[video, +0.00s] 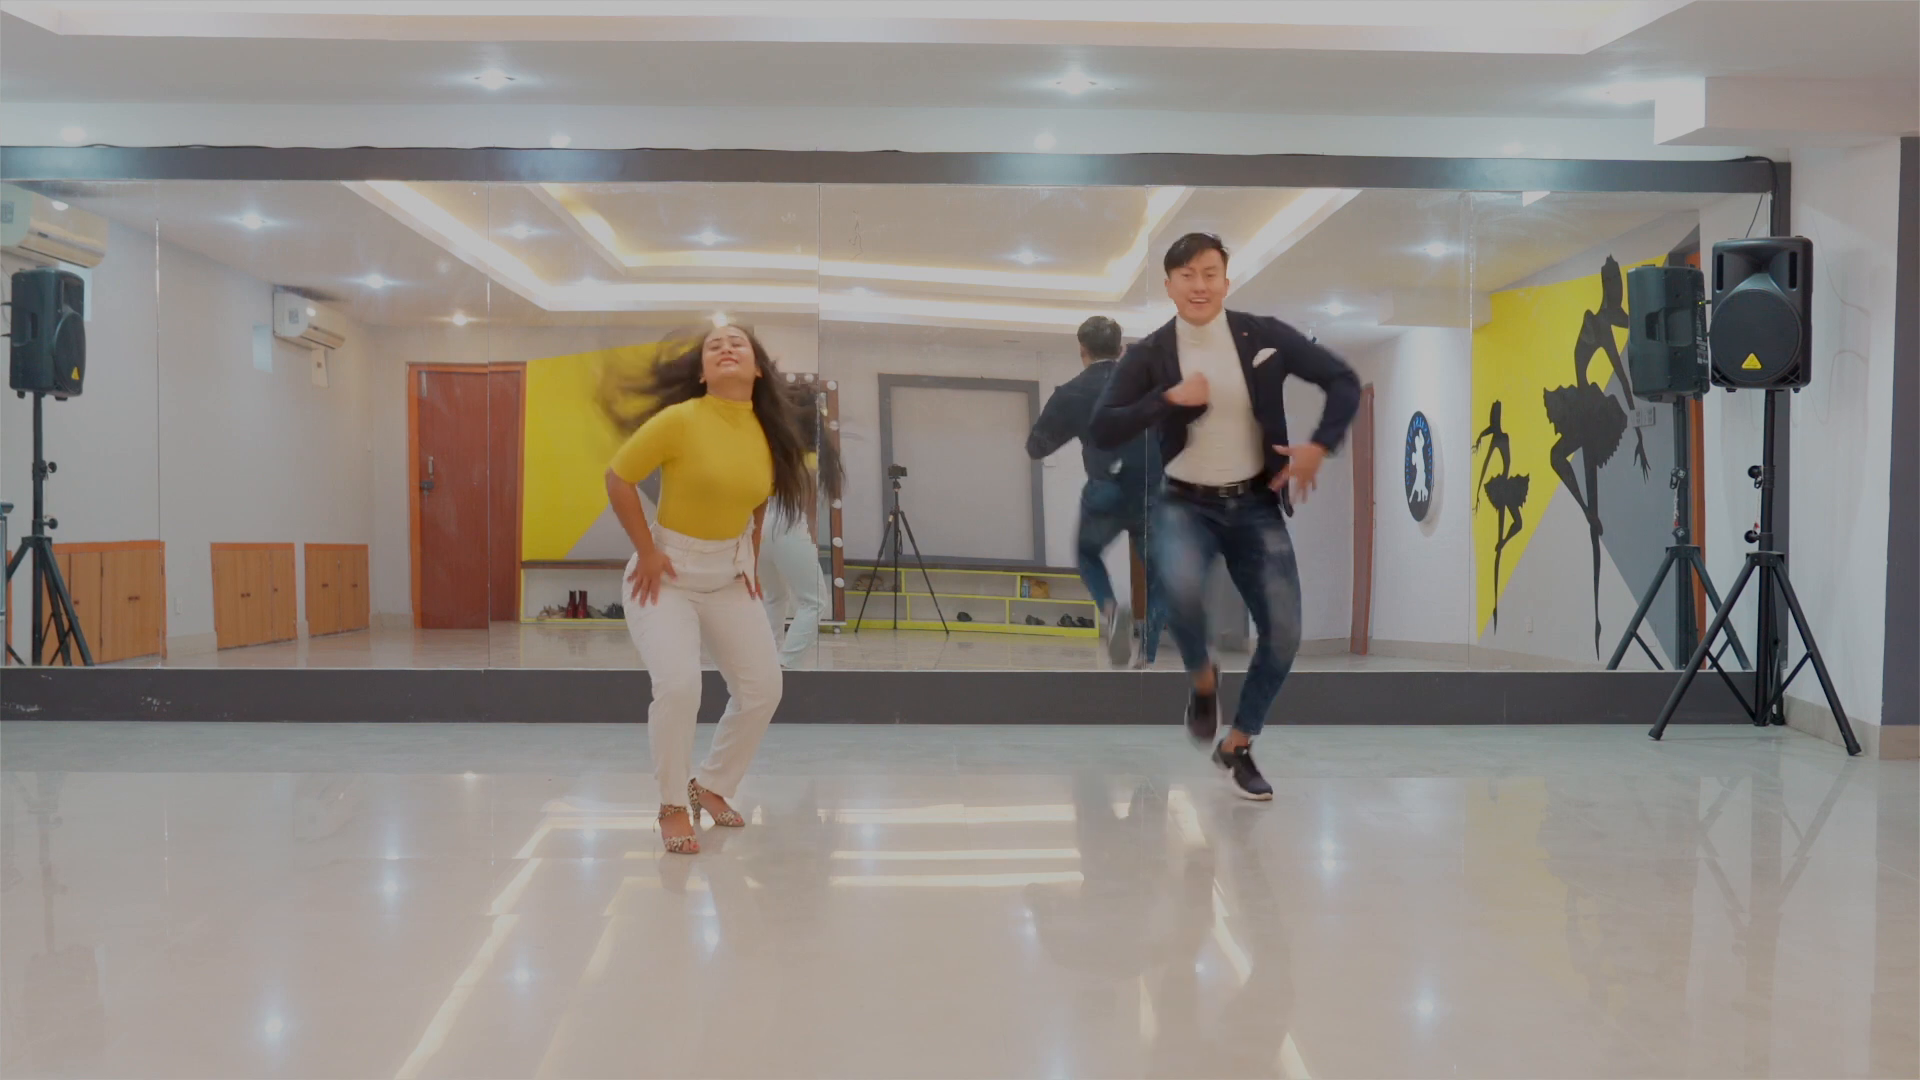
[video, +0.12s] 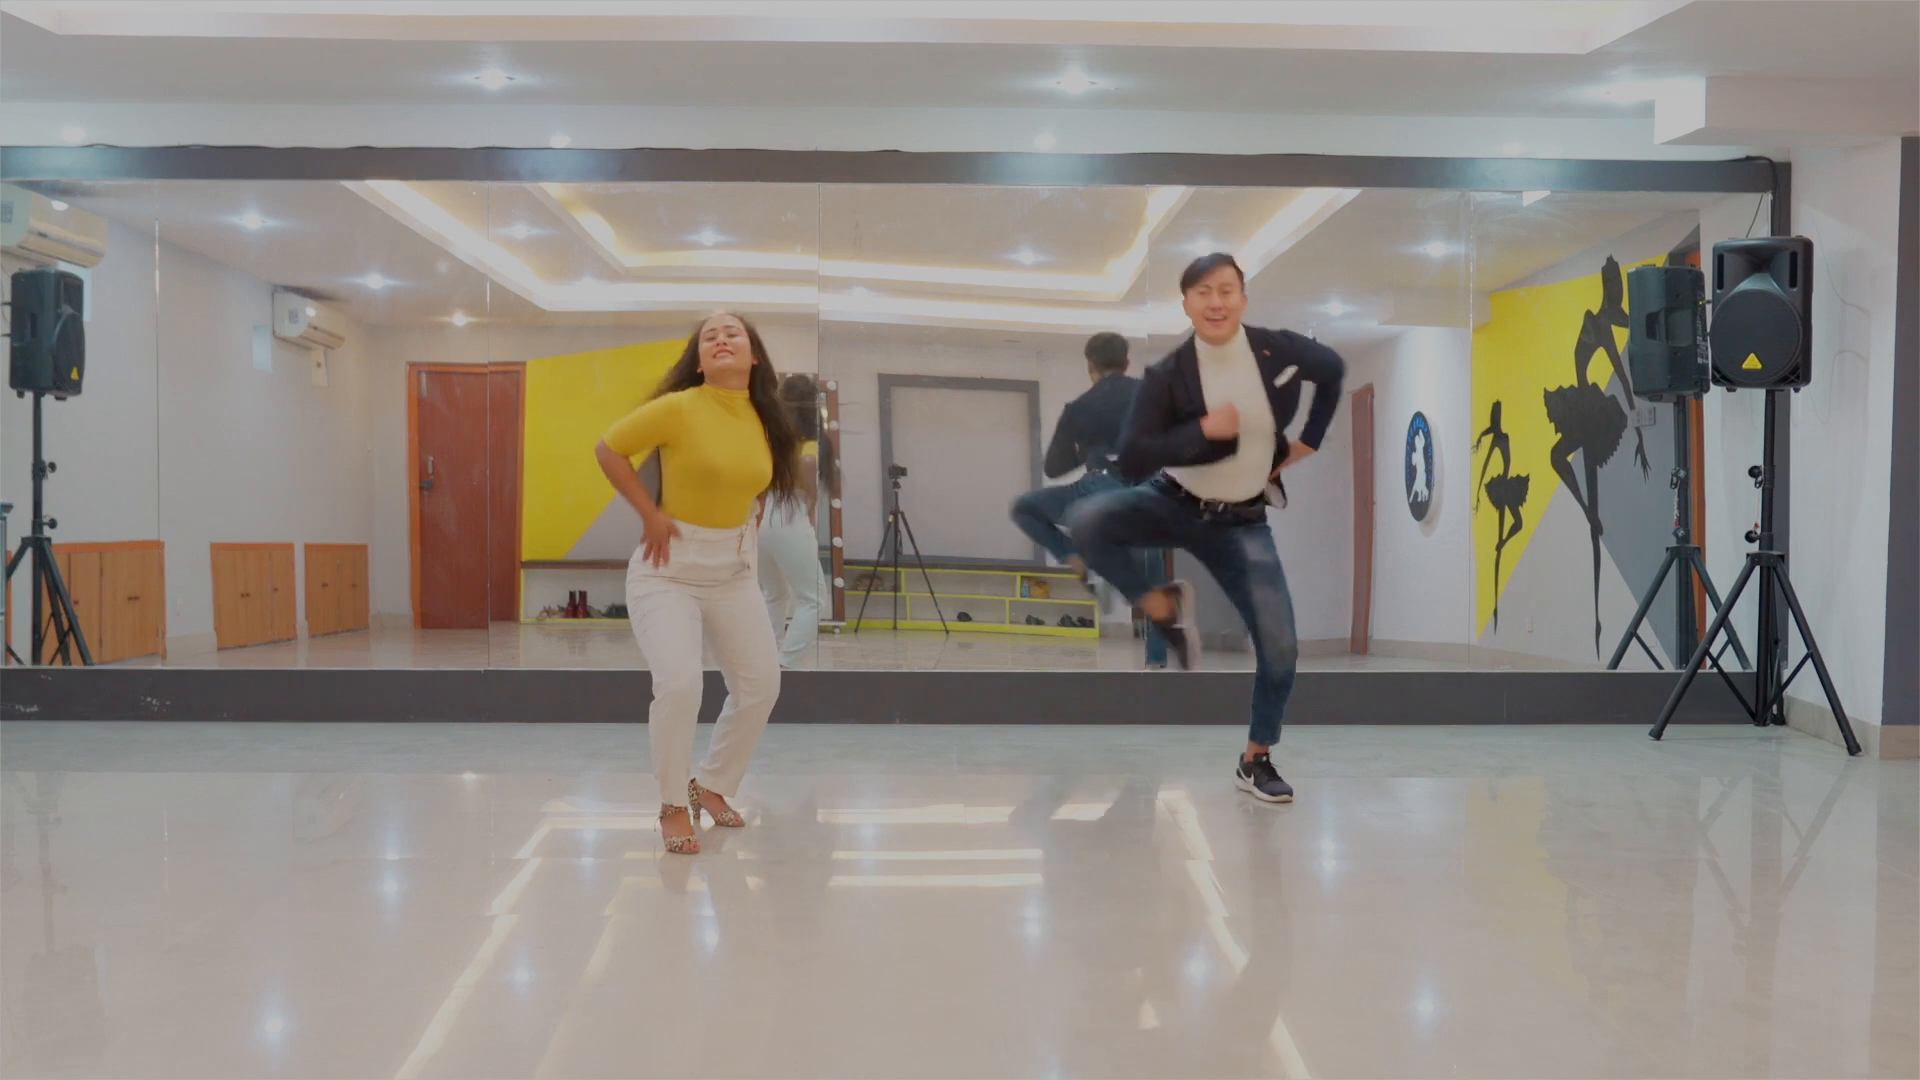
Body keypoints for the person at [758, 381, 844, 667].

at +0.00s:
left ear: (784, 421)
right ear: (814, 423)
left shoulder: (774, 447)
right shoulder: (814, 452)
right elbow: (812, 499)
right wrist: (813, 537)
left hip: (759, 524)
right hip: (789, 526)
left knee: (772, 599)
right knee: (813, 602)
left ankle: (766, 660)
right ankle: (785, 664)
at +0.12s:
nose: (820, 405)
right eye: (816, 400)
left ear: (781, 403)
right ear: (812, 405)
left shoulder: (771, 433)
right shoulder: (812, 438)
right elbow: (806, 464)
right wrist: (811, 507)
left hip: (759, 514)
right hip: (791, 515)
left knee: (772, 595)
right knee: (810, 599)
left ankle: (766, 661)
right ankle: (786, 664)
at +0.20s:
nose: (818, 402)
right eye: (815, 395)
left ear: (780, 398)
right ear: (811, 400)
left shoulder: (768, 431)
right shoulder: (808, 433)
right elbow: (811, 455)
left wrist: (762, 494)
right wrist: (812, 493)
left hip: (759, 513)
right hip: (791, 514)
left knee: (773, 594)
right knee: (806, 596)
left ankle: (765, 659)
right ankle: (786, 665)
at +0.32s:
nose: (816, 396)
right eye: (815, 390)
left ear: (780, 391)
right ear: (812, 394)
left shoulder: (767, 428)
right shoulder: (814, 434)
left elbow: (760, 473)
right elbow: (816, 482)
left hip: (760, 502)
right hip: (794, 506)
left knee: (772, 590)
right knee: (805, 593)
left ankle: (768, 655)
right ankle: (785, 660)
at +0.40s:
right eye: (814, 385)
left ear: (781, 387)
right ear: (813, 388)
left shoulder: (767, 422)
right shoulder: (818, 428)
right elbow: (825, 468)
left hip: (761, 504)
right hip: (796, 505)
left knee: (771, 591)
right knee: (803, 593)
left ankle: (767, 659)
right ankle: (783, 663)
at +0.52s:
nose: (818, 384)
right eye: (816, 379)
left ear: (782, 378)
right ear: (812, 380)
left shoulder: (765, 406)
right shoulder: (811, 410)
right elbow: (841, 436)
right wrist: (836, 451)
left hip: (760, 502)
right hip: (795, 504)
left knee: (771, 587)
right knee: (800, 589)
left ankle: (769, 656)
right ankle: (785, 663)